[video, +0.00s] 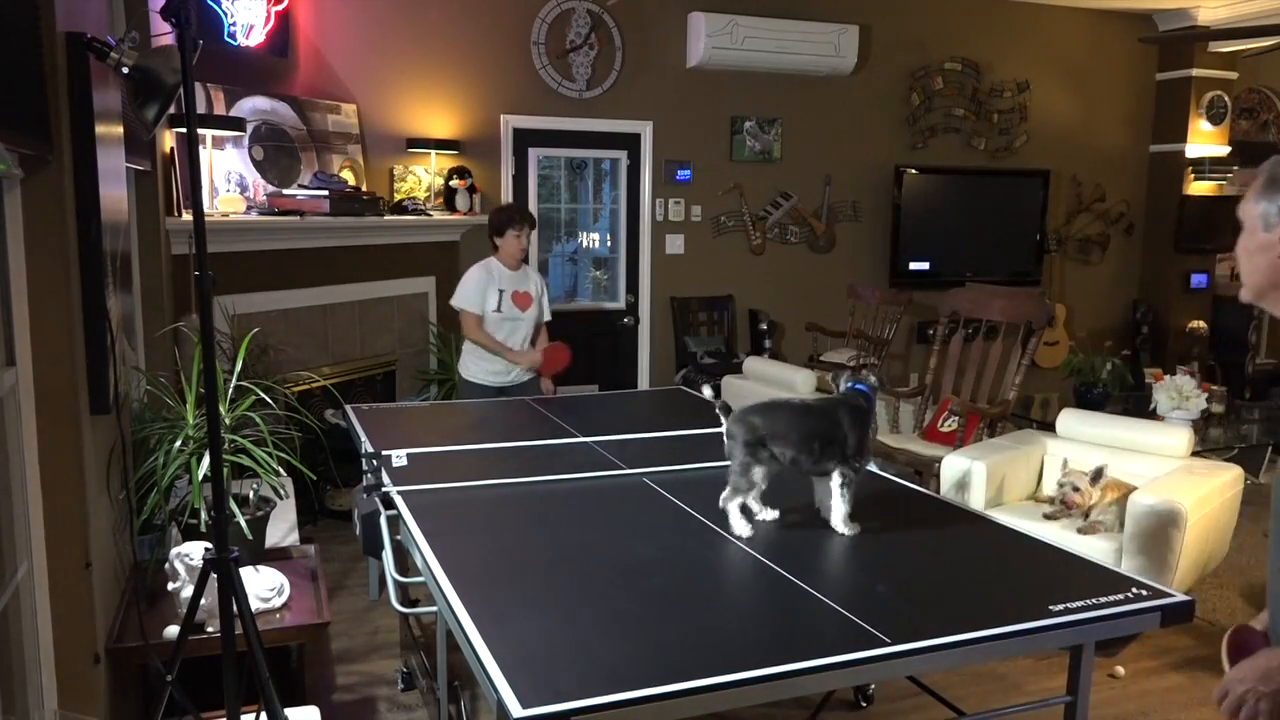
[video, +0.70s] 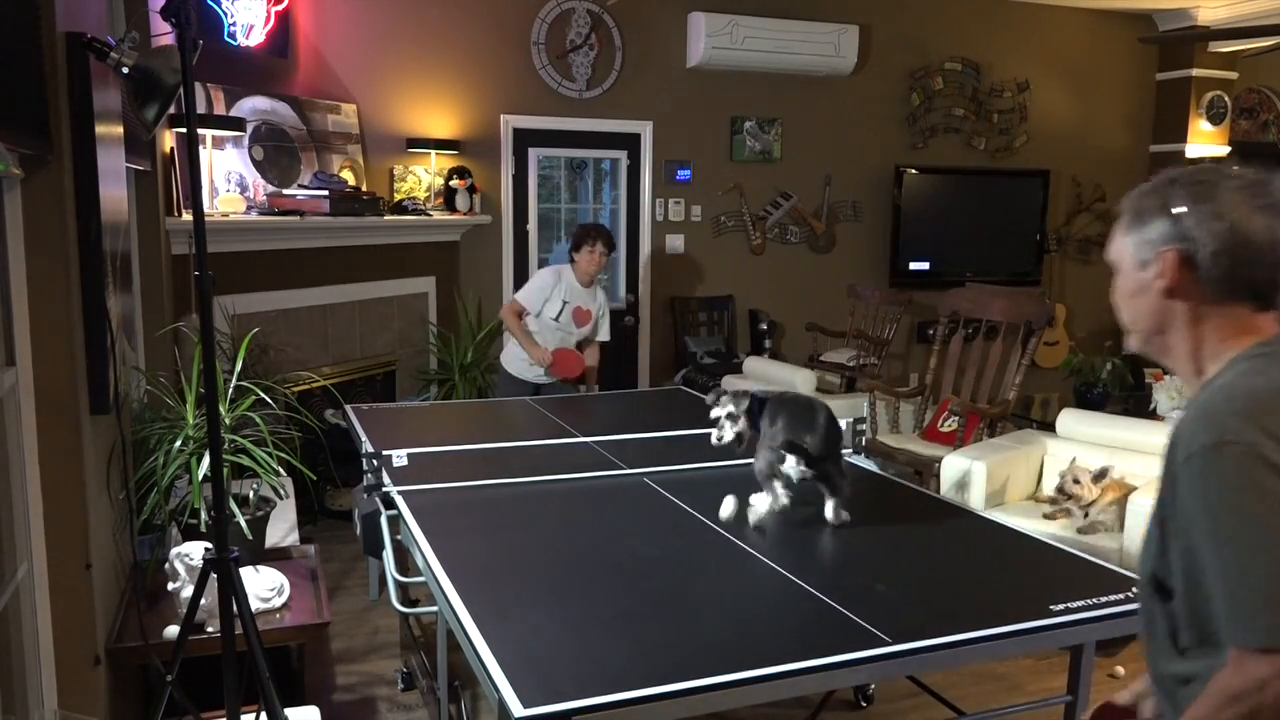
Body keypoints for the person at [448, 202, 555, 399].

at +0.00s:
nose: (525, 244)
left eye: (527, 236)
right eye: (517, 237)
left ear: (530, 237)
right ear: (497, 239)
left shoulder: (535, 279)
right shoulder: (479, 275)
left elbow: (540, 330)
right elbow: (471, 329)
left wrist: (545, 373)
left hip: (523, 380)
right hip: (480, 381)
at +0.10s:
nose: (537, 251)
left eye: (539, 243)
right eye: (529, 244)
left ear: (541, 244)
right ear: (509, 248)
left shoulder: (539, 282)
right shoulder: (497, 283)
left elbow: (543, 334)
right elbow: (517, 340)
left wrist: (550, 375)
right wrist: (564, 353)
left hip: (527, 381)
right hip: (485, 384)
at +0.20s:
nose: (555, 255)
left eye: (557, 248)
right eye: (548, 248)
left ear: (560, 249)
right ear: (528, 251)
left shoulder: (548, 285)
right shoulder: (520, 286)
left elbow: (548, 335)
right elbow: (549, 338)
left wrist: (555, 372)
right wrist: (600, 350)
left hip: (536, 383)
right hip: (497, 386)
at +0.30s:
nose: (578, 259)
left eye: (580, 252)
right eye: (570, 252)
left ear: (584, 252)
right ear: (550, 253)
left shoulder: (566, 283)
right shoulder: (541, 284)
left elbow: (559, 337)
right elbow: (560, 328)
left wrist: (561, 376)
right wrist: (603, 351)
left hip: (546, 378)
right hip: (510, 380)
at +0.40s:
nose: (594, 262)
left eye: (598, 256)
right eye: (588, 255)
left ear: (601, 257)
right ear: (570, 256)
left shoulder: (584, 287)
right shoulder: (556, 283)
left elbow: (579, 332)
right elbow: (554, 315)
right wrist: (571, 342)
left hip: (554, 377)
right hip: (517, 377)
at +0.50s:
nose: (604, 263)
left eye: (609, 258)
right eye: (598, 256)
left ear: (613, 262)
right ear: (581, 256)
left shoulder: (598, 297)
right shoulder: (561, 281)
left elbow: (586, 341)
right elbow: (537, 315)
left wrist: (576, 376)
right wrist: (549, 342)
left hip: (560, 376)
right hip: (521, 372)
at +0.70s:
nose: (597, 260)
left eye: (603, 254)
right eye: (590, 252)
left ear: (607, 260)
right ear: (575, 254)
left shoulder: (599, 299)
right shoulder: (550, 277)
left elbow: (591, 345)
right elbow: (508, 312)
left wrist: (591, 391)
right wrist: (532, 348)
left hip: (558, 380)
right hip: (518, 374)